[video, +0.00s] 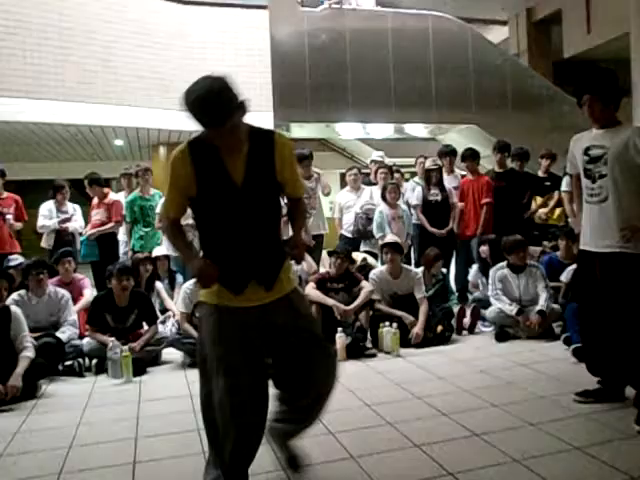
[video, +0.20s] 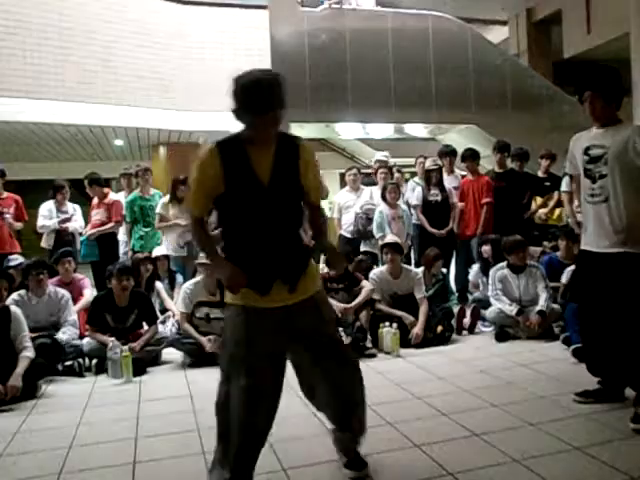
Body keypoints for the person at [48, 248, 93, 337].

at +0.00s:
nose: (66, 266)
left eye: (69, 262)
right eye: (62, 263)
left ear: (74, 265)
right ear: (57, 267)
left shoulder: (82, 280)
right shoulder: (51, 284)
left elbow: (88, 297)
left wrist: (73, 311)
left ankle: (81, 333)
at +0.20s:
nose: (66, 266)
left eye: (69, 262)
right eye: (62, 263)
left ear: (74, 265)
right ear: (56, 267)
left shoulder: (82, 280)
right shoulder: (51, 284)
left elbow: (88, 297)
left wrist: (73, 311)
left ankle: (82, 333)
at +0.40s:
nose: (65, 266)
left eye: (68, 262)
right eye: (61, 263)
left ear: (74, 265)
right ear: (56, 267)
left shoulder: (82, 280)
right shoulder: (50, 284)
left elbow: (87, 297)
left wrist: (72, 311)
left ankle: (81, 333)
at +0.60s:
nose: (65, 266)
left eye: (67, 262)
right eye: (61, 264)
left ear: (73, 265)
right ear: (55, 267)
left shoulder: (81, 280)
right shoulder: (50, 284)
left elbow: (87, 297)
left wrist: (72, 311)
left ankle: (81, 333)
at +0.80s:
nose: (65, 266)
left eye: (67, 262)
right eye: (60, 263)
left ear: (73, 265)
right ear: (55, 267)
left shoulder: (81, 280)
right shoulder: (50, 284)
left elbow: (87, 297)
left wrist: (72, 311)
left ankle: (81, 333)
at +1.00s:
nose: (75, 267)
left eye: (78, 263)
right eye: (71, 264)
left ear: (83, 265)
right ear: (65, 268)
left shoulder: (91, 281)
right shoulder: (60, 285)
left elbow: (98, 297)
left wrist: (82, 311)